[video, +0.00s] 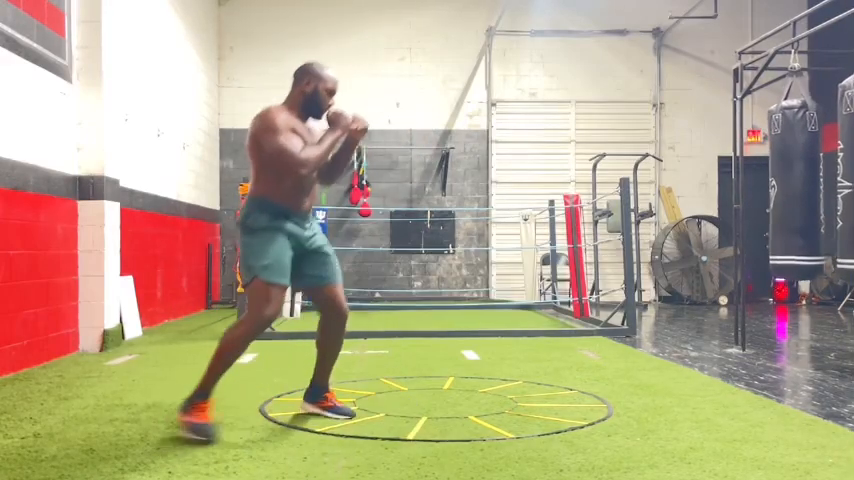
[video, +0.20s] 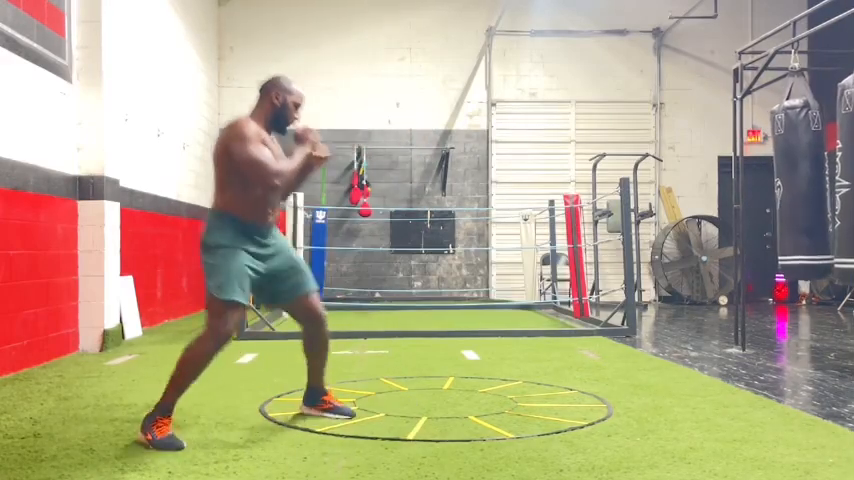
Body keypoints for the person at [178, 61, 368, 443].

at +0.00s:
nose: (331, 103)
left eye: (333, 97)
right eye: (328, 94)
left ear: (310, 87)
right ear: (305, 85)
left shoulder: (312, 129)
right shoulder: (270, 121)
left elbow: (328, 176)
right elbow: (304, 162)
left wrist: (352, 142)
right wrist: (338, 132)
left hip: (306, 226)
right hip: (268, 223)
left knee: (337, 311)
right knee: (264, 310)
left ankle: (318, 392)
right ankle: (197, 401)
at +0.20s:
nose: (298, 116)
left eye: (300, 109)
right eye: (295, 107)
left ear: (275, 99)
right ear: (273, 97)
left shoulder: (275, 143)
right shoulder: (242, 131)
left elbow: (281, 190)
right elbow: (275, 179)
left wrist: (311, 162)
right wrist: (304, 149)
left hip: (268, 240)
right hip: (230, 238)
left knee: (315, 316)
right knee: (223, 328)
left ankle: (316, 394)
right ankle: (159, 416)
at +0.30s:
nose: (285, 93)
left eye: (287, 88)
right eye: (282, 86)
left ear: (264, 78)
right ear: (261, 75)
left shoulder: (264, 121)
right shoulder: (227, 104)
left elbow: (262, 172)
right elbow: (261, 150)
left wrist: (293, 145)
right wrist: (291, 124)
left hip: (248, 217)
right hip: (209, 214)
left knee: (287, 301)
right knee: (199, 313)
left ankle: (302, 389)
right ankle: (157, 415)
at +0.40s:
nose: (273, 84)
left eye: (275, 78)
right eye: (271, 75)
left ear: (250, 67)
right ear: (247, 64)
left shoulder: (250, 110)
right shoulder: (215, 92)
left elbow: (256, 165)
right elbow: (252, 136)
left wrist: (286, 129)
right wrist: (279, 112)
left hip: (232, 209)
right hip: (194, 204)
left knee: (267, 292)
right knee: (189, 305)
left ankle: (254, 380)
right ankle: (151, 406)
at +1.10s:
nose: (289, 116)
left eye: (291, 109)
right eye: (285, 108)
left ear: (283, 109)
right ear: (262, 101)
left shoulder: (281, 146)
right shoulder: (227, 137)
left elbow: (305, 186)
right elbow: (240, 176)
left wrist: (321, 157)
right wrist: (284, 150)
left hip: (272, 238)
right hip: (229, 237)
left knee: (301, 307)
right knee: (201, 314)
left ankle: (300, 384)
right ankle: (148, 401)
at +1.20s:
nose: (298, 101)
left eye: (300, 95)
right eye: (294, 93)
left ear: (282, 91)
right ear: (271, 88)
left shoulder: (294, 131)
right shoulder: (238, 124)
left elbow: (324, 168)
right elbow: (253, 163)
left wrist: (333, 132)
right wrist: (292, 127)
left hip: (284, 224)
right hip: (243, 221)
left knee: (302, 302)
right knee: (218, 300)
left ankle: (300, 384)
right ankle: (173, 385)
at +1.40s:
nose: (309, 101)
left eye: (312, 95)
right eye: (305, 93)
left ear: (309, 96)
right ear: (283, 89)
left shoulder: (308, 133)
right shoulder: (250, 122)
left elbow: (330, 171)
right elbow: (263, 158)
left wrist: (344, 141)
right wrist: (301, 125)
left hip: (305, 221)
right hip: (260, 221)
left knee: (339, 291)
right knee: (242, 302)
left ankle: (359, 367)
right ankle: (216, 376)